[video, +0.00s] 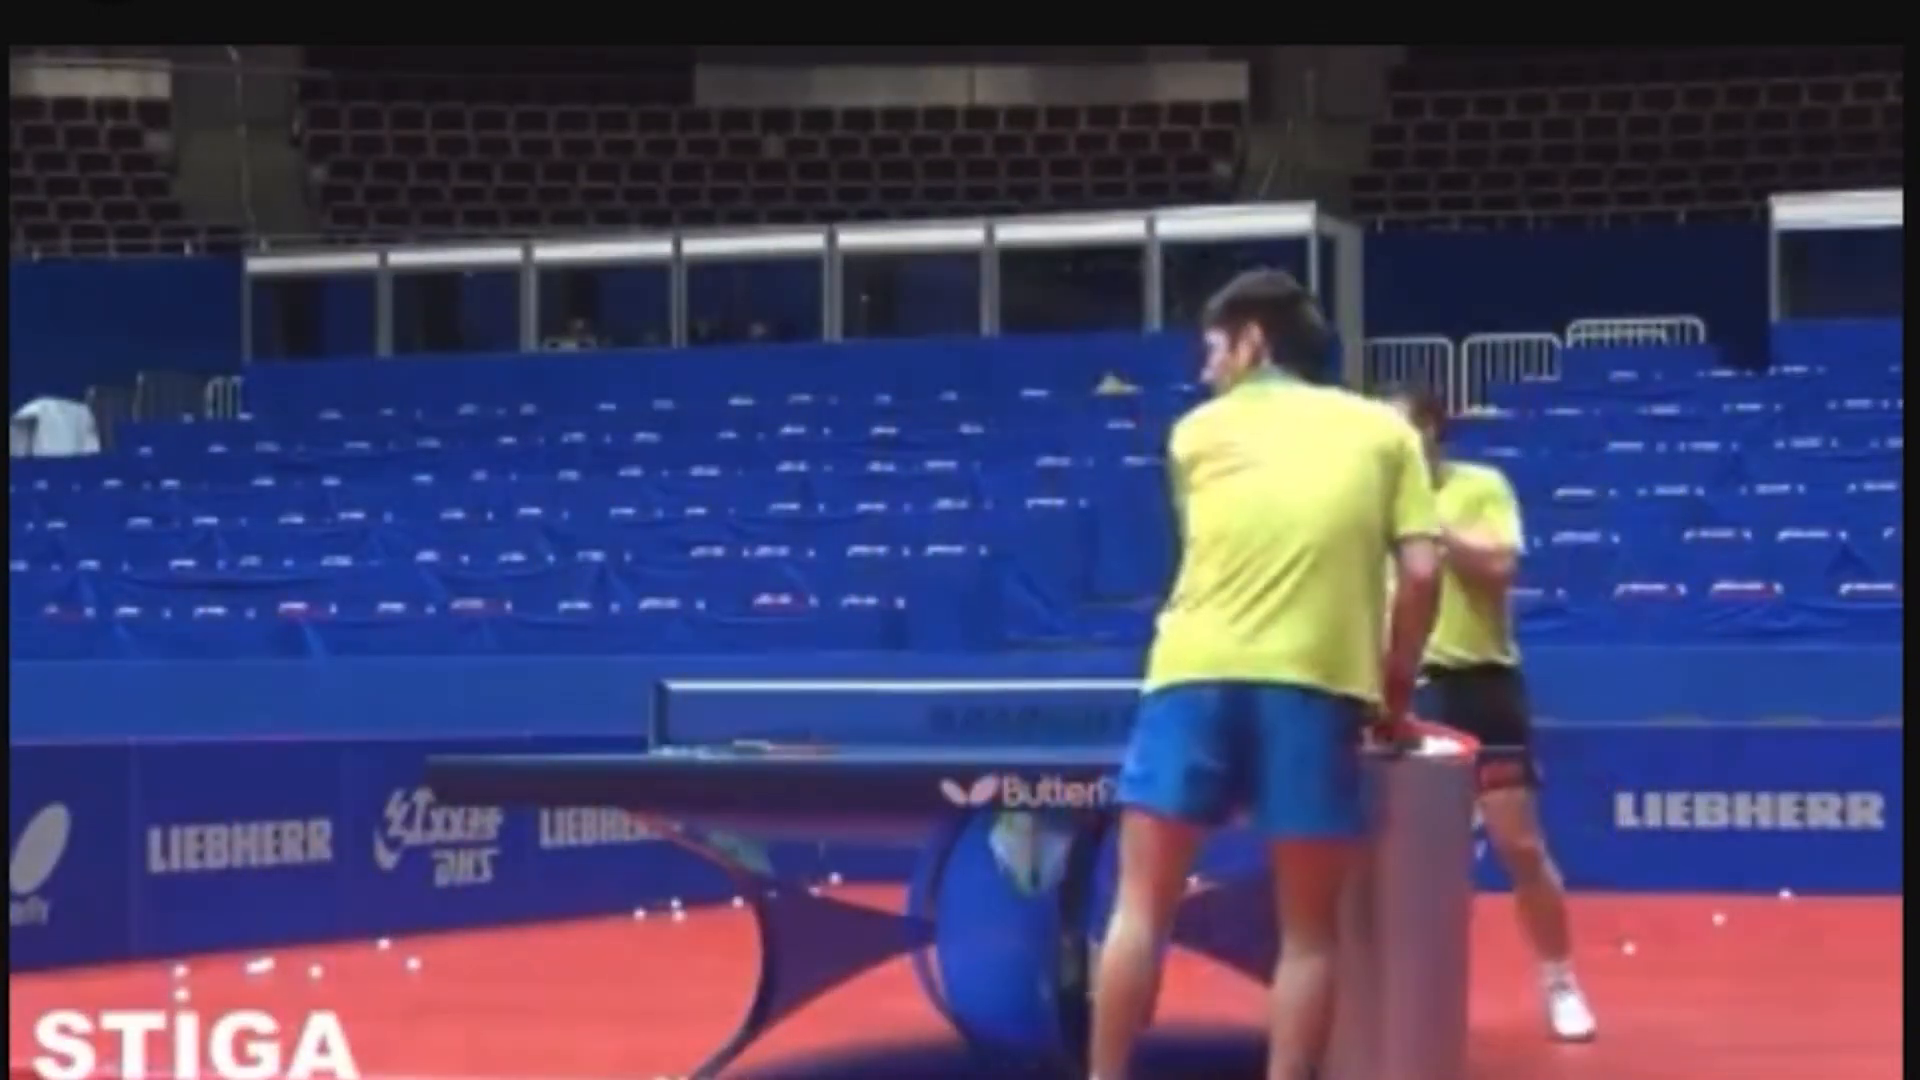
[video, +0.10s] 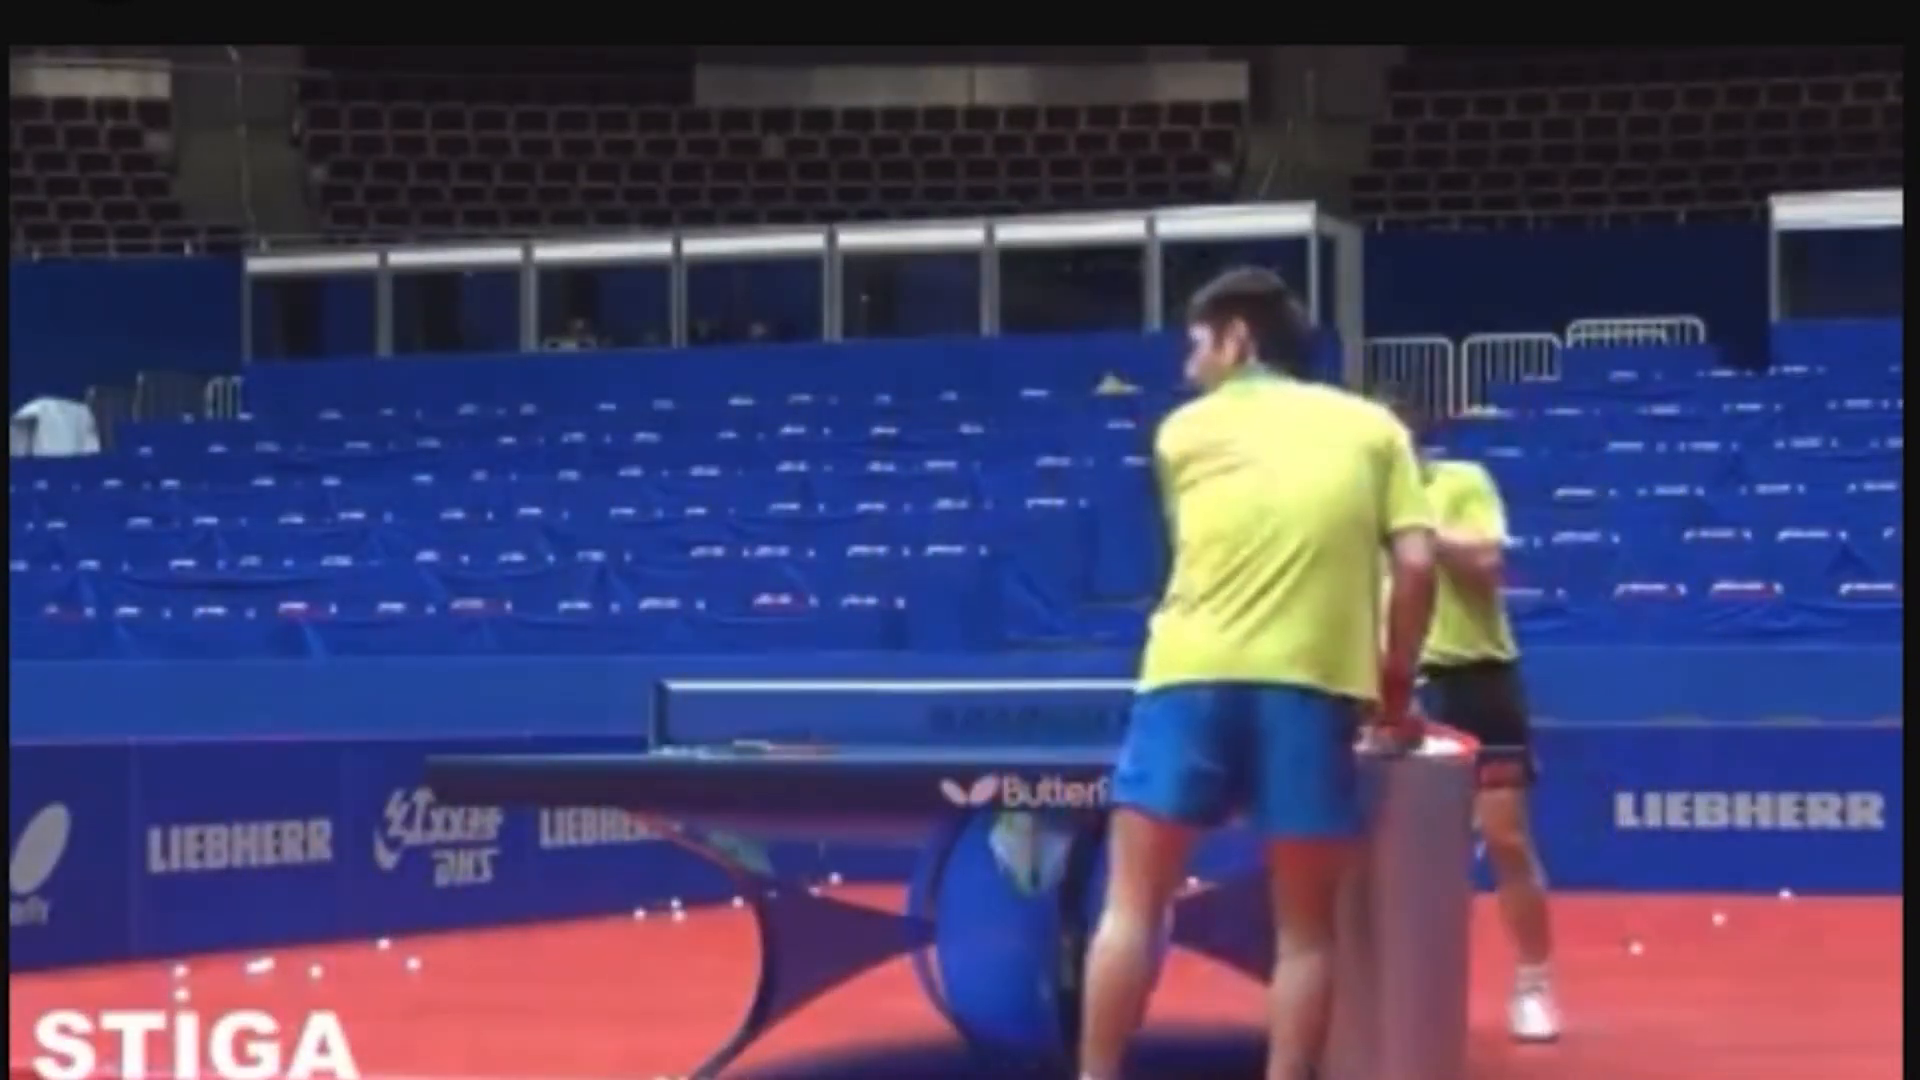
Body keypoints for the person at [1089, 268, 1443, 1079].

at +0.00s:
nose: (1205, 369)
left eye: (1212, 351)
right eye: (1204, 353)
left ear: (1251, 343)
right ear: (1300, 349)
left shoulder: (1197, 429)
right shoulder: (1383, 426)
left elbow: (1207, 553)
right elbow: (1421, 571)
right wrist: (1396, 695)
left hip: (1189, 674)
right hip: (1312, 684)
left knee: (1140, 909)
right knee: (1306, 935)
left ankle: (1105, 1071)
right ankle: (1286, 1073)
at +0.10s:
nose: (1188, 365)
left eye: (1195, 347)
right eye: (1188, 348)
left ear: (1236, 340)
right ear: (1288, 346)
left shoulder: (1184, 427)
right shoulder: (1373, 423)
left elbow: (1199, 553)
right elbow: (1416, 563)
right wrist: (1396, 693)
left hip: (1187, 676)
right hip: (1310, 688)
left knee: (1133, 904)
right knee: (1302, 932)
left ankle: (1096, 1071)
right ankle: (1285, 1073)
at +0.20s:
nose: (1165, 359)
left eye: (1174, 340)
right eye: (1166, 341)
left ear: (1217, 334)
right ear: (1264, 339)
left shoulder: (1163, 423)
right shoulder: (1356, 419)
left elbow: (1156, 555)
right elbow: (1410, 548)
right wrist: (1394, 671)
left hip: (1177, 678)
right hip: (1301, 689)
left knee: (1115, 905)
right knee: (1294, 926)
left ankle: (1081, 1070)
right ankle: (1283, 1073)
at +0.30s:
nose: (1135, 347)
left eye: (1146, 329)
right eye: (1136, 329)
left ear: (1189, 325)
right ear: (1222, 331)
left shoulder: (1135, 423)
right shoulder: (1327, 414)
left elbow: (1119, 569)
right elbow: (1398, 530)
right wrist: (1375, 626)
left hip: (1161, 685)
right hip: (1287, 689)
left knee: (1101, 909)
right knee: (1283, 918)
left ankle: (1078, 1071)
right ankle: (1280, 1073)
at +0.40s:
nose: (1098, 342)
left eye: (1108, 323)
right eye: (1099, 323)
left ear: (1153, 320)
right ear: (1182, 324)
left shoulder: (1102, 417)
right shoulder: (1288, 411)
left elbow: (1064, 570)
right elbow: (1367, 524)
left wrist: (1136, 630)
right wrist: (1333, 611)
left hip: (1136, 692)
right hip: (1262, 693)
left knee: (1087, 909)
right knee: (1268, 904)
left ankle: (1089, 1071)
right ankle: (1279, 1071)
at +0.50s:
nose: (1052, 338)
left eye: (1063, 319)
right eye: (1053, 320)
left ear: (1108, 317)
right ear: (1133, 322)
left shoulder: (1058, 417)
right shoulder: (1239, 409)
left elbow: (1011, 561)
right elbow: (1322, 528)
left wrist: (1060, 631)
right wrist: (1261, 592)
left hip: (1100, 695)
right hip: (1226, 694)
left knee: (1064, 909)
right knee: (1245, 900)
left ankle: (1080, 1070)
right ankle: (1271, 1070)